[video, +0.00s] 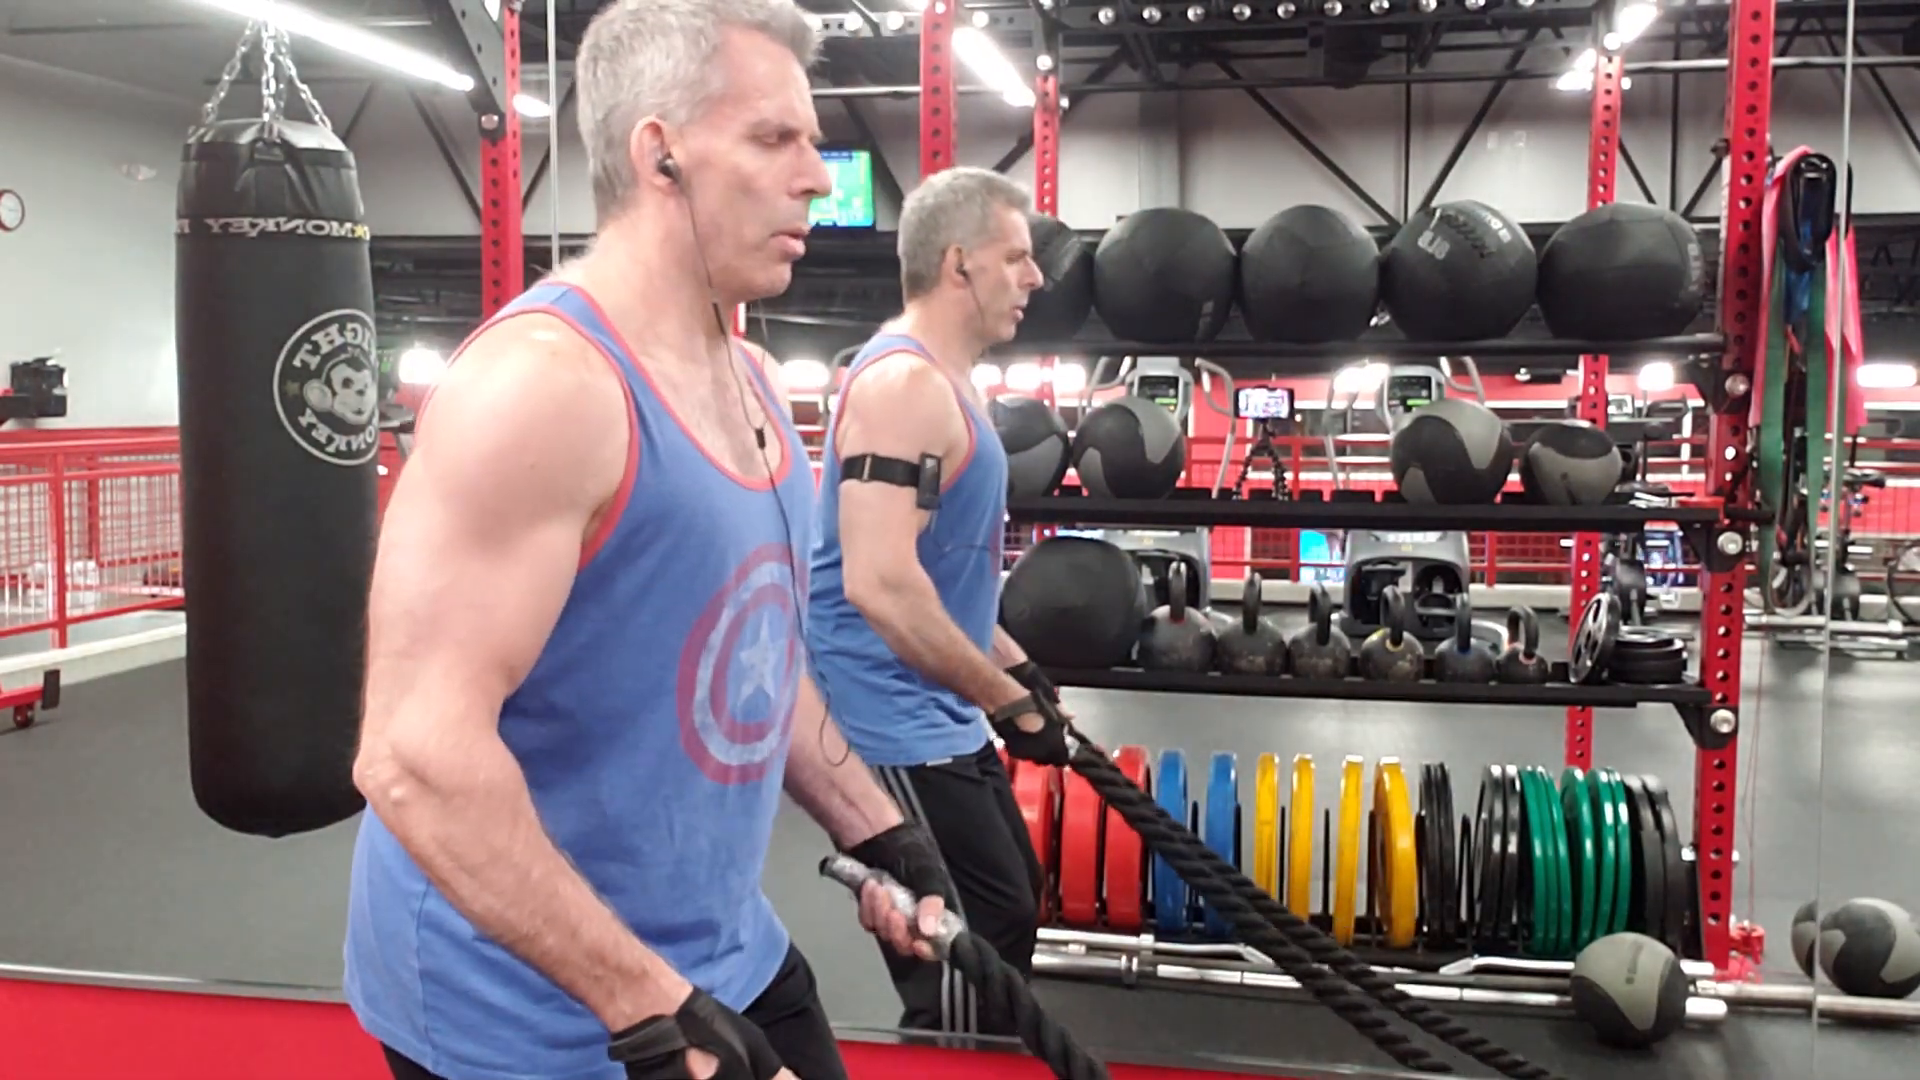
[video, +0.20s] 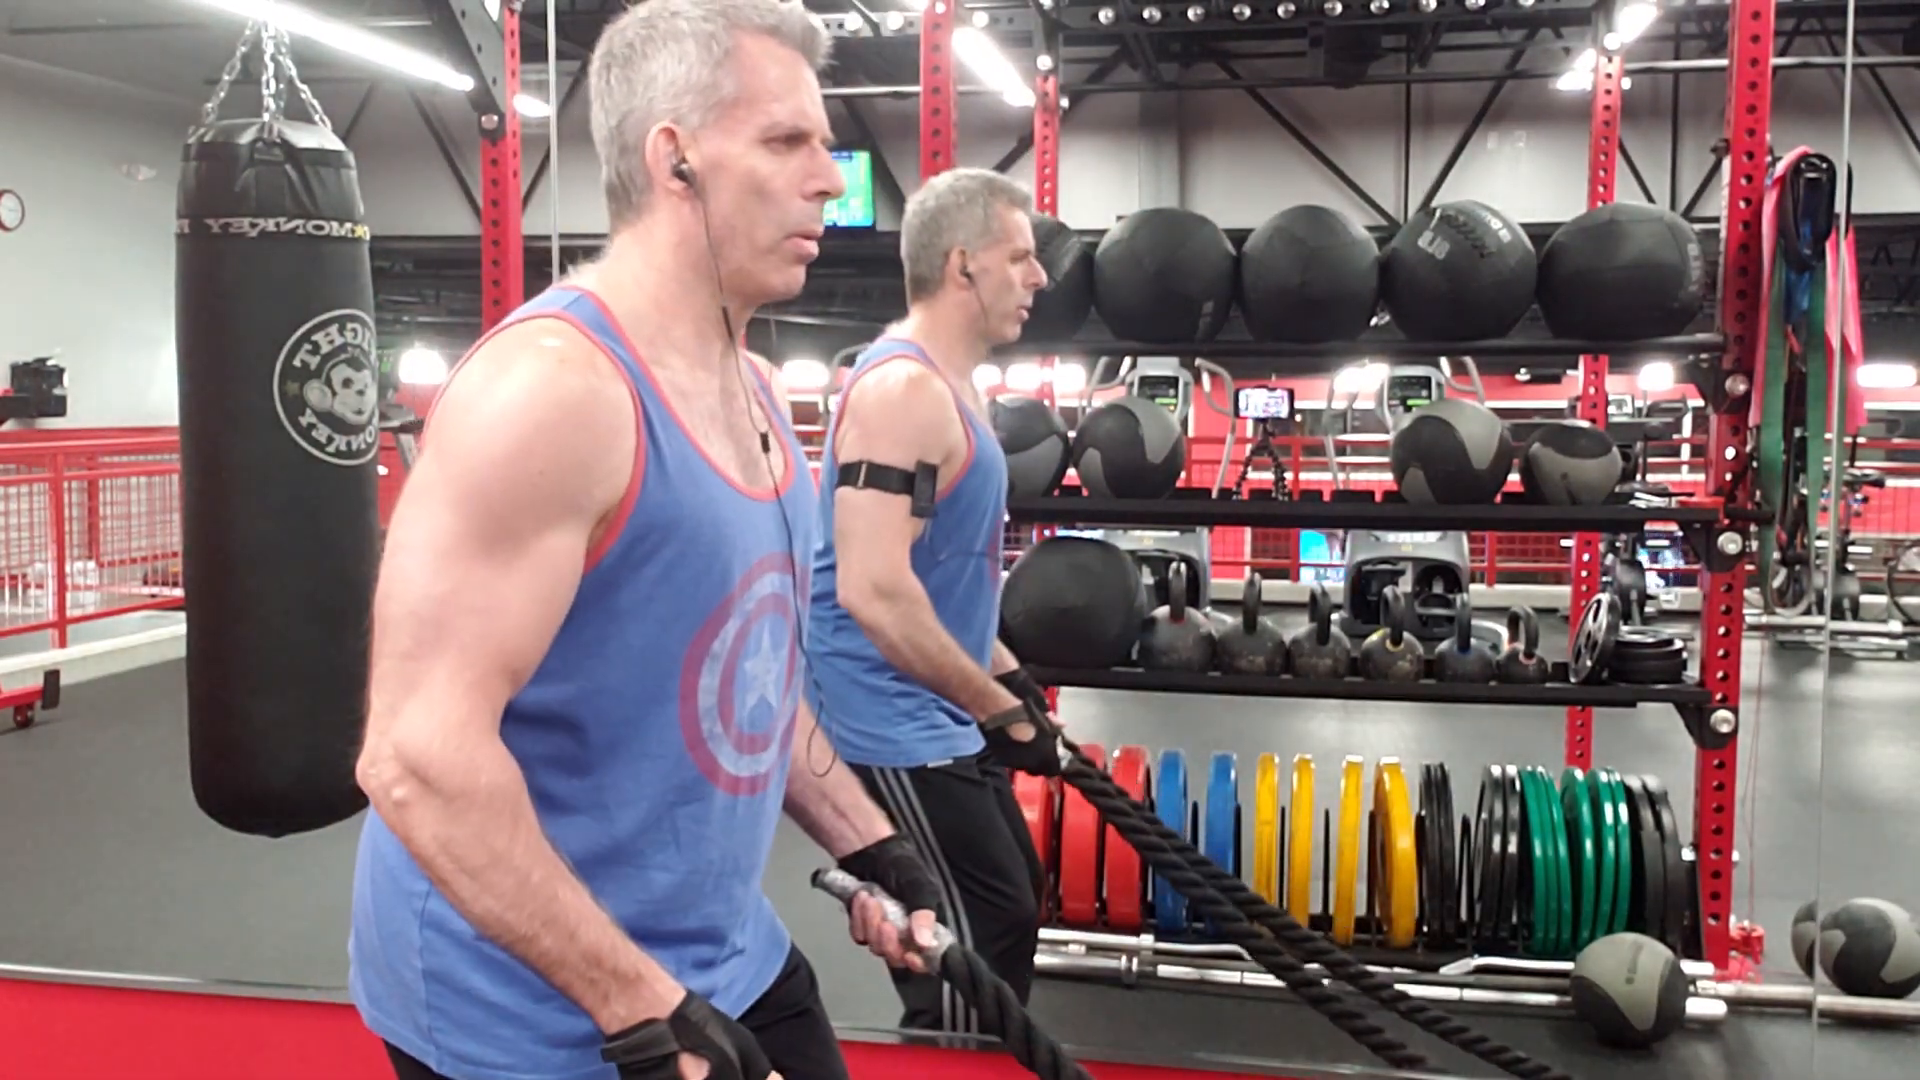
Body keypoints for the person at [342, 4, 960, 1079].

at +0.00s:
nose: (817, 180)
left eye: (811, 144)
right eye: (776, 139)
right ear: (657, 151)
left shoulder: (744, 375)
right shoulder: (536, 384)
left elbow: (755, 656)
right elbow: (417, 754)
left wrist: (884, 843)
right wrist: (647, 1005)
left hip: (731, 952)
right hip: (529, 1012)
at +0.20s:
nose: (829, 184)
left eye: (825, 147)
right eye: (788, 143)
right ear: (671, 155)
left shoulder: (748, 385)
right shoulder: (545, 389)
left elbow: (747, 675)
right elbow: (418, 756)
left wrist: (873, 858)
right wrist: (643, 1010)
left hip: (730, 955)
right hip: (530, 1012)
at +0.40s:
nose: (835, 188)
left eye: (829, 150)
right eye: (794, 146)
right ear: (677, 162)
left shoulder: (751, 391)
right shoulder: (547, 394)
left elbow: (744, 679)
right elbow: (419, 761)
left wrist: (875, 859)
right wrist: (641, 1019)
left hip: (731, 958)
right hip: (533, 1014)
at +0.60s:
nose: (845, 193)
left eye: (839, 156)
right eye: (803, 151)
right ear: (689, 167)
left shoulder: (757, 393)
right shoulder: (550, 394)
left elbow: (746, 679)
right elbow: (413, 761)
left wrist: (876, 858)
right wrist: (619, 1026)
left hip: (733, 963)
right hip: (529, 1017)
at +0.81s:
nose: (819, 189)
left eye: (817, 155)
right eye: (781, 149)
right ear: (666, 158)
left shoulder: (746, 388)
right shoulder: (533, 367)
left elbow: (730, 696)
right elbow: (533, 723)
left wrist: (827, 891)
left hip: (722, 947)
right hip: (541, 986)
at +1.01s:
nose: (815, 206)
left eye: (812, 168)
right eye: (775, 164)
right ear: (658, 175)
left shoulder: (741, 388)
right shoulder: (516, 383)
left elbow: (752, 673)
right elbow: (581, 740)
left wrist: (857, 855)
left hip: (697, 924)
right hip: (516, 967)